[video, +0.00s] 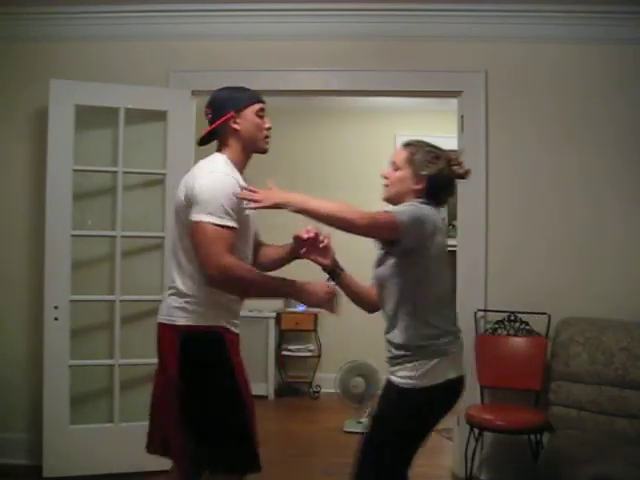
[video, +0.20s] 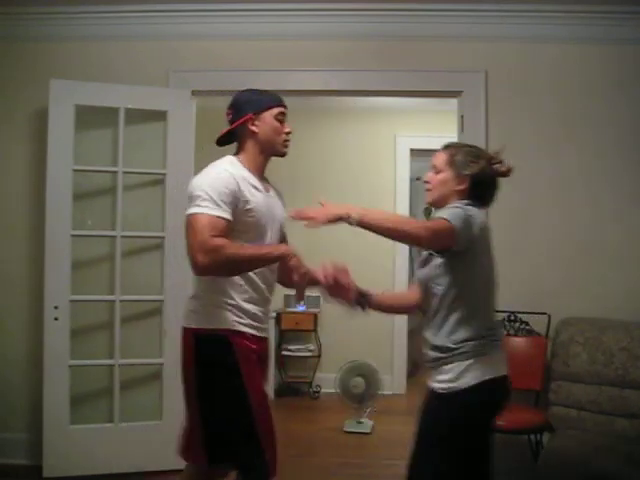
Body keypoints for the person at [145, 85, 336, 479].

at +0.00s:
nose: (269, 124)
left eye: (266, 116)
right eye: (260, 115)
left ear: (234, 125)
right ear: (232, 123)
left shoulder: (230, 181)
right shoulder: (214, 178)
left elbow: (252, 257)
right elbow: (218, 266)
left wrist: (293, 249)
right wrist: (296, 289)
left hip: (206, 330)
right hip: (197, 333)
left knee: (195, 458)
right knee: (225, 460)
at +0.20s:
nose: (289, 128)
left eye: (287, 120)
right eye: (280, 119)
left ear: (258, 128)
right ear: (251, 125)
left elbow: (282, 271)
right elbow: (204, 255)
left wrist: (316, 276)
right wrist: (280, 252)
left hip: (251, 336)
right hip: (218, 335)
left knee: (210, 458)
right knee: (254, 459)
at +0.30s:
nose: (298, 128)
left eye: (296, 120)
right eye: (289, 119)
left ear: (269, 128)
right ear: (261, 125)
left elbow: (294, 274)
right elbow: (230, 254)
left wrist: (334, 301)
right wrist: (303, 246)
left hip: (269, 337)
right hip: (234, 337)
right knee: (244, 460)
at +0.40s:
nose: (307, 129)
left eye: (306, 121)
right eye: (299, 120)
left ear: (277, 129)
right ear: (270, 127)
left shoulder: (280, 194)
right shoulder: (246, 180)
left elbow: (302, 273)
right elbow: (266, 255)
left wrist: (352, 305)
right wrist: (334, 251)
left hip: (279, 337)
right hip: (244, 338)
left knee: (318, 448)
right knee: (263, 461)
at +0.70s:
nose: (336, 130)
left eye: (333, 122)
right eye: (327, 121)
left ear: (298, 130)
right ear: (299, 128)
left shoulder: (294, 181)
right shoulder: (286, 178)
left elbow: (328, 262)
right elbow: (318, 250)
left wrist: (390, 267)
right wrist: (389, 262)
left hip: (296, 333)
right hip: (289, 336)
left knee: (319, 449)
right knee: (319, 451)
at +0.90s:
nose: (336, 133)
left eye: (334, 124)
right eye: (328, 124)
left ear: (298, 132)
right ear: (300, 129)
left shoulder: (285, 179)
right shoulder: (287, 176)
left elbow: (305, 266)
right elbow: (319, 230)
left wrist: (363, 272)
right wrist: (389, 224)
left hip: (287, 334)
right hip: (293, 336)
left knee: (307, 458)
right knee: (325, 458)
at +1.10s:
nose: (323, 133)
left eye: (322, 125)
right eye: (314, 124)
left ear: (288, 131)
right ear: (286, 128)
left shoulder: (277, 175)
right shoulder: (271, 169)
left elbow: (272, 265)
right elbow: (320, 200)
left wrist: (325, 262)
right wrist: (357, 171)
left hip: (280, 328)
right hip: (263, 330)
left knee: (330, 427)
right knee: (289, 450)